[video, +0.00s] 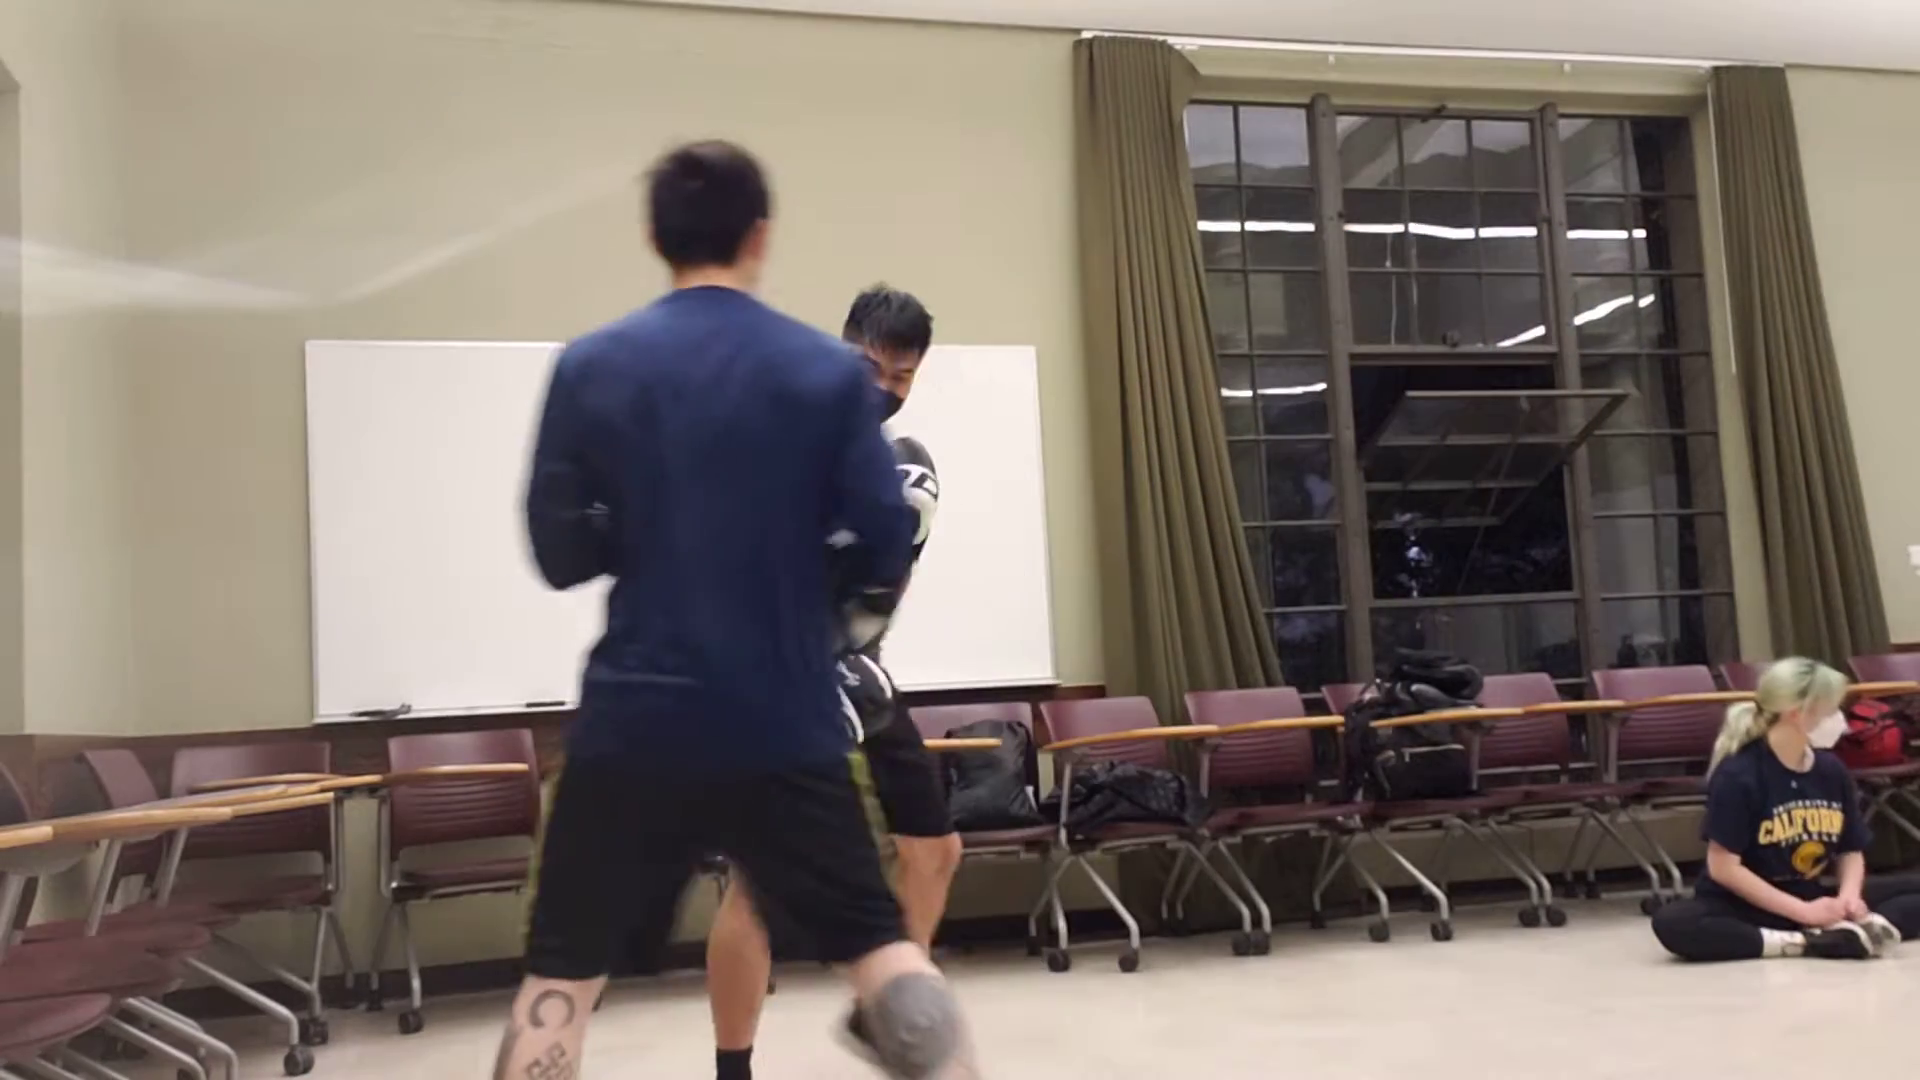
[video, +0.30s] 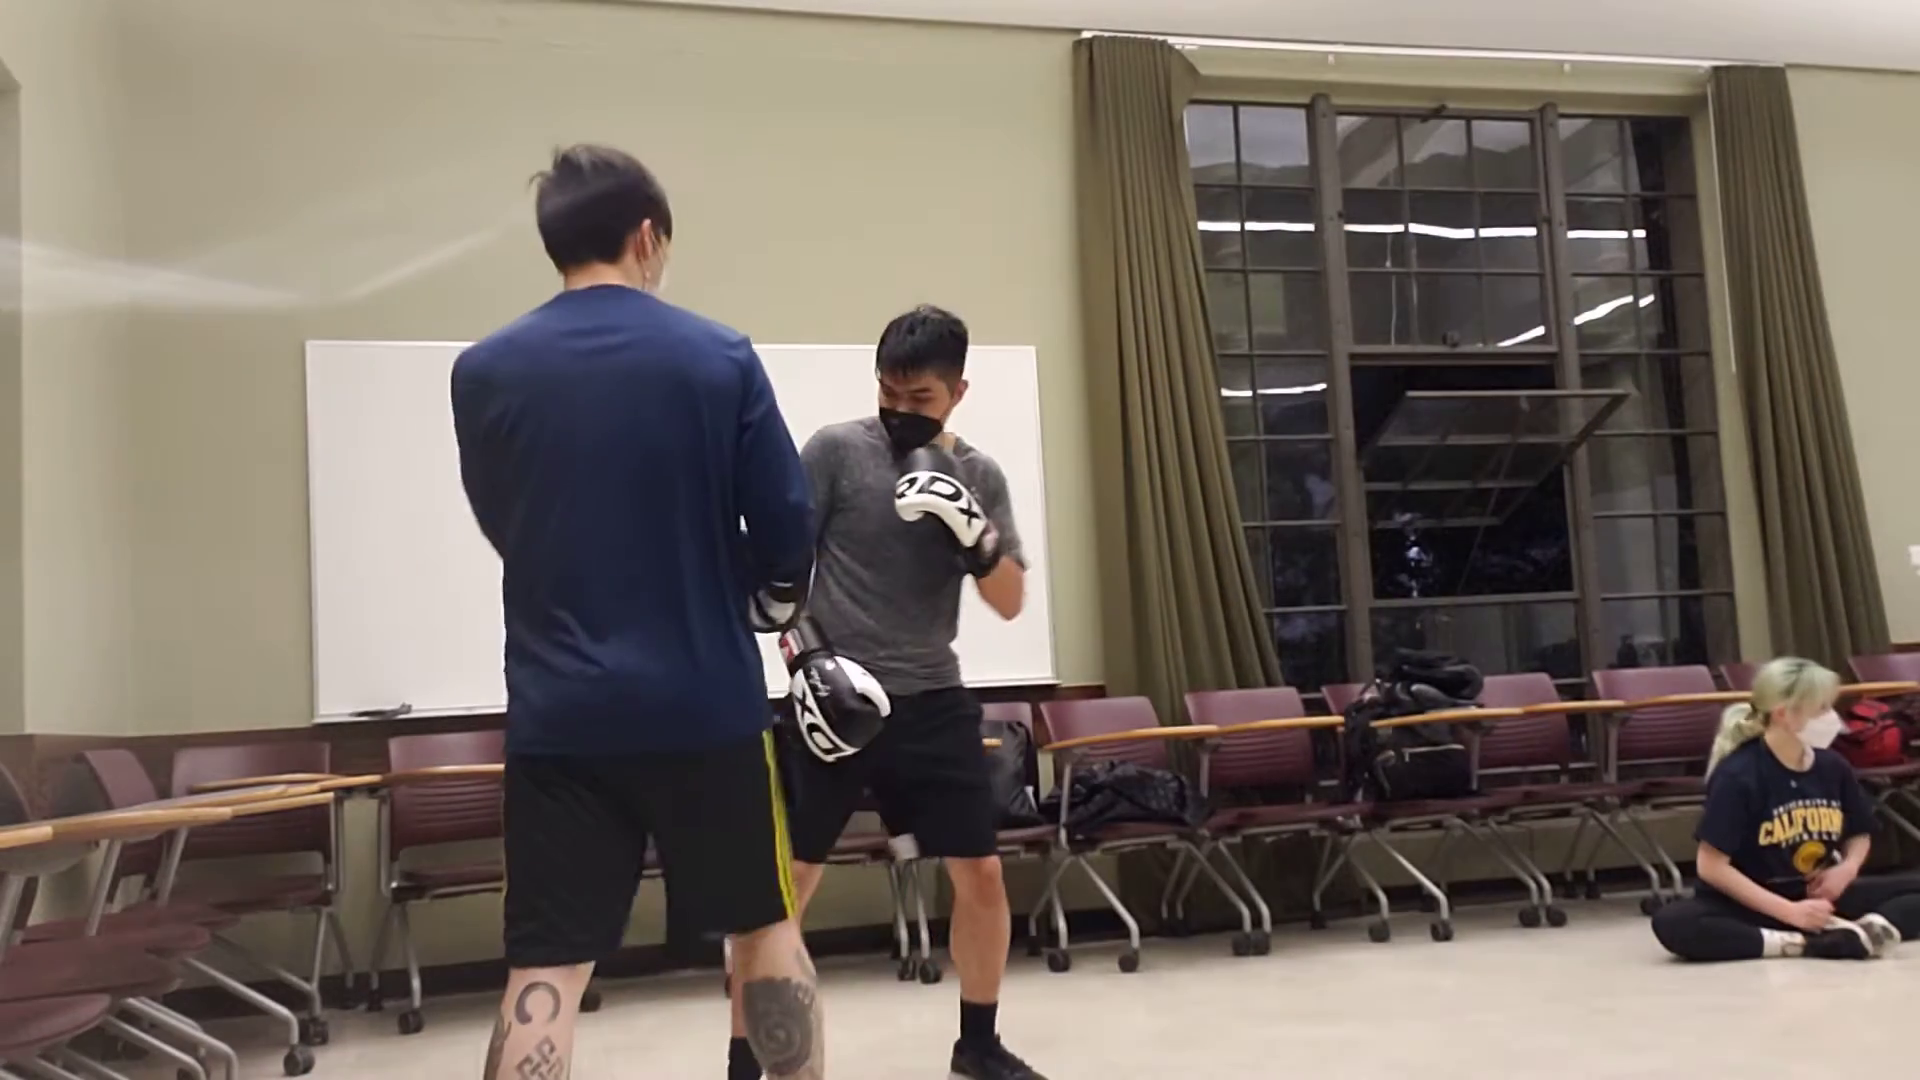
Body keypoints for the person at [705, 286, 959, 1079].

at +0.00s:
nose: (885, 387)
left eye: (901, 373)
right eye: (873, 367)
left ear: (915, 375)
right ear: (839, 354)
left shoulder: (908, 460)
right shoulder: (777, 436)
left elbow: (887, 583)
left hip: (854, 667)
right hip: (771, 672)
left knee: (931, 846)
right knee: (757, 879)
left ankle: (887, 1009)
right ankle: (734, 1065)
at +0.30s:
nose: (907, 409)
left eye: (926, 395)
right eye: (895, 392)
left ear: (958, 389)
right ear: (876, 382)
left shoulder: (979, 475)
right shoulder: (833, 452)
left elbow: (1009, 600)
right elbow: (780, 566)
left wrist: (973, 529)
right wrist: (806, 660)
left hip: (933, 701)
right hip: (834, 699)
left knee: (980, 874)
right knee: (785, 884)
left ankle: (978, 1042)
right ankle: (745, 1054)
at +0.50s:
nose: (912, 394)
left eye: (929, 378)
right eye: (899, 377)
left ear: (963, 370)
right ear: (880, 367)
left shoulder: (993, 456)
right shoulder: (843, 439)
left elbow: (1024, 580)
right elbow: (800, 548)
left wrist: (990, 518)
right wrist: (824, 644)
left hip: (952, 680)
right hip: (853, 677)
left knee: (979, 859)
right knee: (811, 862)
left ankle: (979, 1040)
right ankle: (783, 1046)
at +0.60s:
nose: (901, 384)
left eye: (920, 369)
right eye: (890, 368)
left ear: (958, 366)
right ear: (876, 361)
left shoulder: (988, 455)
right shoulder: (840, 440)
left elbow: (1009, 580)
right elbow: (793, 548)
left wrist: (970, 515)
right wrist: (825, 640)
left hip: (951, 678)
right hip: (854, 676)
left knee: (981, 858)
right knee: (825, 862)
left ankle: (980, 1038)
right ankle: (798, 1045)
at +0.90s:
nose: (975, 397)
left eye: (993, 385)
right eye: (966, 383)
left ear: (1027, 388)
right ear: (952, 382)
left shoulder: (1045, 476)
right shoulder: (910, 462)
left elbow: (1028, 566)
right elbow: (877, 567)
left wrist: (960, 486)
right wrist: (905, 645)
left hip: (1006, 685)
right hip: (906, 682)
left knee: (1065, 857)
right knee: (855, 862)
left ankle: (1139, 1009)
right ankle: (805, 1033)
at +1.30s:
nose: (1097, 348)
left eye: (1113, 335)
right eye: (1088, 335)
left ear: (1155, 336)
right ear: (1079, 336)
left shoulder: (1196, 426)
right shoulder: (1051, 421)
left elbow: (1230, 545)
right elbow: (1023, 534)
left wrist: (1190, 526)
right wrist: (1047, 624)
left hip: (1175, 640)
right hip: (1084, 642)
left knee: (1217, 808)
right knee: (1086, 822)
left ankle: (1217, 988)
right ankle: (1105, 992)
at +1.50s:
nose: (1167, 394)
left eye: (1182, 379)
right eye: (1156, 381)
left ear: (1224, 377)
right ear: (1145, 384)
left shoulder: (1268, 464)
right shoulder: (1121, 468)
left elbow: (1292, 586)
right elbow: (1096, 577)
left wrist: (1241, 550)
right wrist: (1114, 670)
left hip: (1254, 687)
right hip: (1158, 689)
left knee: (1321, 844)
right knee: (1140, 865)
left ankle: (1401, 999)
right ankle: (1126, 1012)